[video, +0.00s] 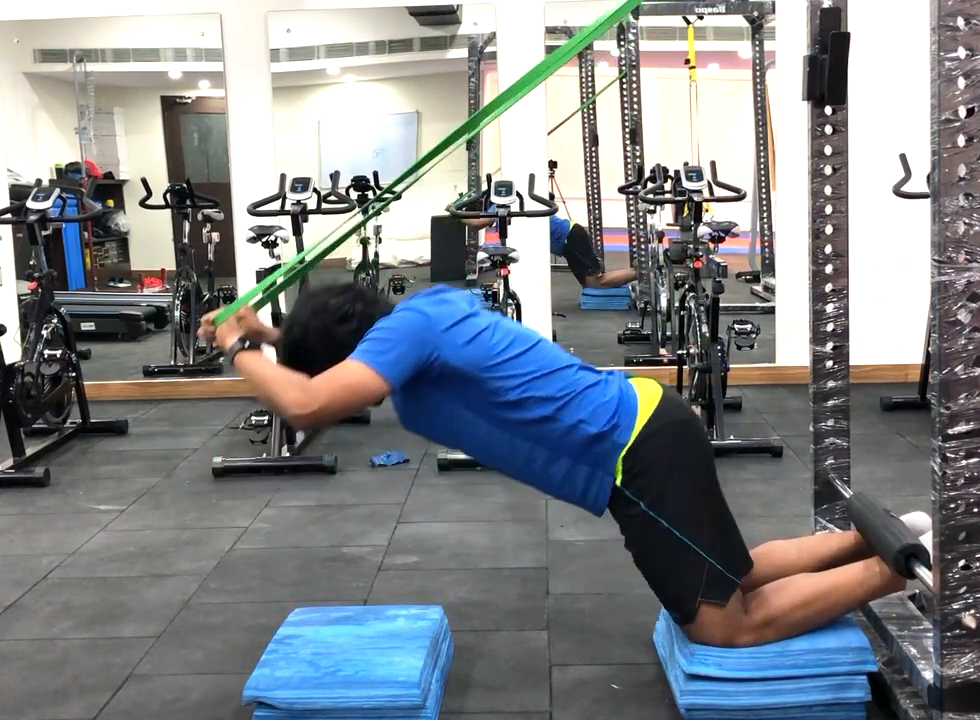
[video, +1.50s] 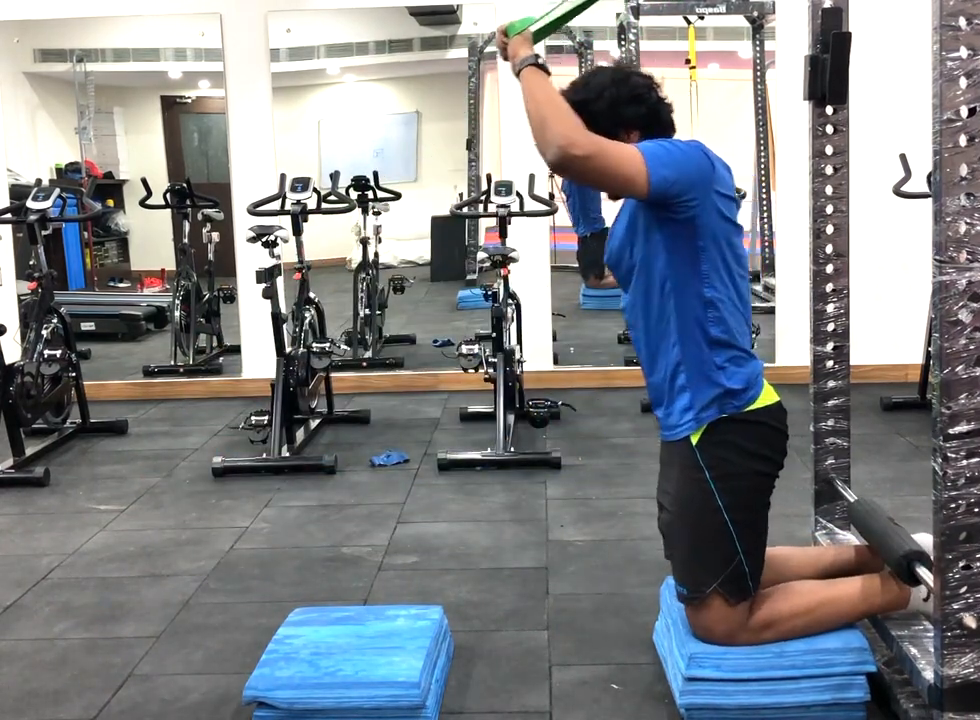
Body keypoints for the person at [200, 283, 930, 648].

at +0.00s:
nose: (337, 379)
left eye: (329, 363)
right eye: (328, 365)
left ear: (341, 337)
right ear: (359, 314)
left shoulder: (408, 329)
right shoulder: (418, 318)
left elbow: (304, 404)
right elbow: (332, 394)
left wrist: (243, 352)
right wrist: (269, 349)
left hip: (637, 451)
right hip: (639, 431)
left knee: (727, 626)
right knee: (724, 582)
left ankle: (896, 569)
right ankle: (860, 538)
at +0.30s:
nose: (406, 307)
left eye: (405, 293)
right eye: (398, 298)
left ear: (427, 268)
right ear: (439, 247)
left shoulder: (503, 254)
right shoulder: (492, 271)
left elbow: (382, 319)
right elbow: (395, 307)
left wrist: (312, 257)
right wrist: (330, 258)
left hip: (686, 434)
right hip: (682, 427)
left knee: (727, 625)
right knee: (723, 580)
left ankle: (900, 569)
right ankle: (862, 538)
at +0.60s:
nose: (501, 207)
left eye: (502, 193)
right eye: (490, 196)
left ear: (531, 175)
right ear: (545, 164)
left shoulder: (602, 189)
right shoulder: (581, 217)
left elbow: (482, 208)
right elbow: (487, 204)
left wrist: (423, 128)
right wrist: (437, 138)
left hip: (718, 428)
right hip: (684, 437)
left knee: (725, 624)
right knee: (717, 579)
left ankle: (905, 577)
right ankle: (869, 546)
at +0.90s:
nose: (592, 153)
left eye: (593, 140)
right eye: (586, 141)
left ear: (619, 131)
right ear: (653, 117)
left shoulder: (691, 164)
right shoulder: (640, 202)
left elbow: (572, 143)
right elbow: (598, 250)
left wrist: (532, 55)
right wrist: (569, 167)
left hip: (730, 425)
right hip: (693, 429)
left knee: (726, 622)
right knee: (709, 580)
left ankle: (905, 591)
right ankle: (871, 556)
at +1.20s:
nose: (611, 151)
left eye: (615, 137)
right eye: (607, 136)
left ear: (654, 133)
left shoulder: (712, 163)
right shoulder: (671, 194)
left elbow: (595, 149)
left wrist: (551, 60)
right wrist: (583, 164)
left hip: (740, 424)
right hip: (705, 423)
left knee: (725, 620)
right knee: (708, 575)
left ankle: (908, 589)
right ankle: (868, 557)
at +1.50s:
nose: (593, 157)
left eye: (594, 143)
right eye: (587, 145)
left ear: (626, 134)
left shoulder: (689, 167)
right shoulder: (648, 202)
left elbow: (569, 149)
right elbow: (609, 270)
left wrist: (526, 64)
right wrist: (578, 181)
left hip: (725, 425)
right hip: (693, 425)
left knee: (722, 621)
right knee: (708, 585)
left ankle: (901, 588)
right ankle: (869, 555)